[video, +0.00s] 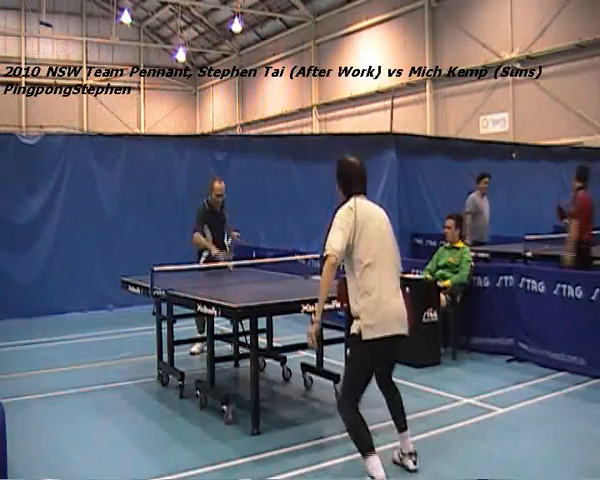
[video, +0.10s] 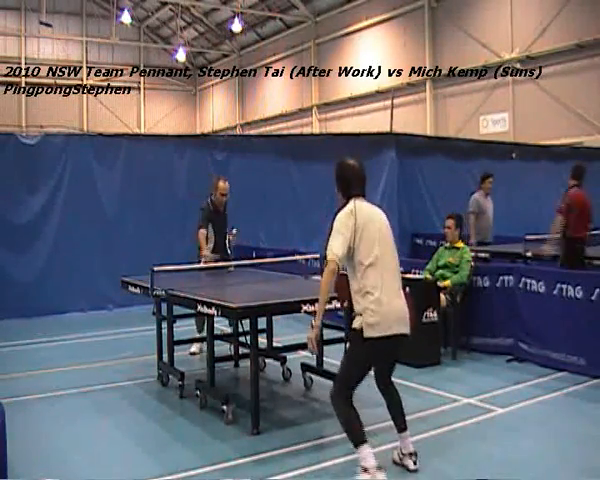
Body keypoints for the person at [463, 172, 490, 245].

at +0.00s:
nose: (486, 186)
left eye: (487, 183)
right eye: (485, 183)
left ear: (488, 185)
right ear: (478, 184)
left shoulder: (485, 199)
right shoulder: (472, 198)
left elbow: (484, 217)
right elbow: (468, 217)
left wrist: (485, 235)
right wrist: (467, 237)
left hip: (483, 237)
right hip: (473, 238)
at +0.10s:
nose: (491, 186)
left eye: (491, 183)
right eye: (489, 183)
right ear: (482, 184)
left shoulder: (489, 199)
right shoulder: (475, 198)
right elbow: (472, 217)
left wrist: (489, 236)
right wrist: (472, 238)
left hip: (488, 238)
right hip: (478, 239)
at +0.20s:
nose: (495, 185)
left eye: (496, 182)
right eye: (494, 182)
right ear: (488, 183)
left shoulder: (495, 198)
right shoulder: (479, 198)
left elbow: (496, 216)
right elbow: (476, 215)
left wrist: (499, 233)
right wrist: (478, 235)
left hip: (494, 236)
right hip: (484, 236)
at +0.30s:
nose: (499, 184)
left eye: (499, 182)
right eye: (497, 181)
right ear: (491, 183)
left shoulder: (497, 197)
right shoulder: (482, 197)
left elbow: (503, 213)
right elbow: (478, 215)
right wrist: (480, 234)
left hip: (497, 235)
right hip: (485, 236)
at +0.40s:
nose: (504, 185)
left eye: (504, 182)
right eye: (502, 182)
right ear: (496, 183)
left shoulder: (502, 198)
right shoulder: (487, 198)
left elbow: (508, 210)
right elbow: (482, 217)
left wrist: (519, 216)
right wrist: (481, 235)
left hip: (501, 236)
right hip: (489, 237)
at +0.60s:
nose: (512, 186)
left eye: (512, 184)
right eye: (510, 183)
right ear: (504, 185)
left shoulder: (510, 198)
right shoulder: (495, 200)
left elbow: (514, 212)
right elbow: (489, 219)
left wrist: (524, 217)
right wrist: (485, 238)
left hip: (509, 237)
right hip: (497, 238)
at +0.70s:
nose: (515, 186)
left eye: (516, 183)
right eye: (513, 183)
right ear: (507, 184)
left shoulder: (513, 198)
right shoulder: (498, 199)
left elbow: (518, 213)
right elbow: (492, 220)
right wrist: (488, 238)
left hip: (512, 237)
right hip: (500, 238)